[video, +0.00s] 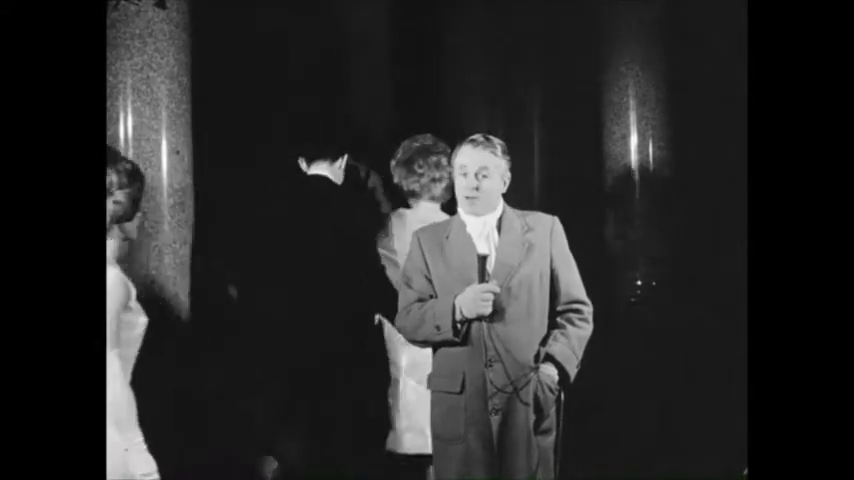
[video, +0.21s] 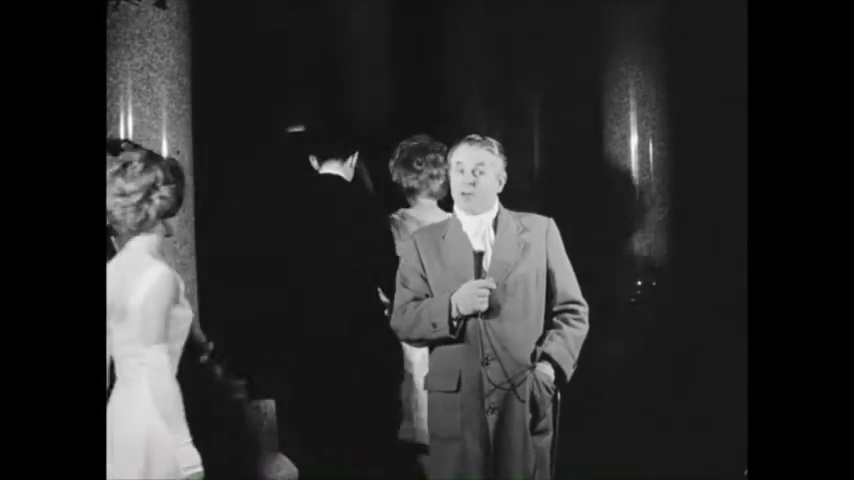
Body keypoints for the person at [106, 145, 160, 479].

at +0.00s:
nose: (140, 221)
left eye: (135, 209)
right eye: (138, 210)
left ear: (120, 219)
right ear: (125, 220)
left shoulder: (118, 282)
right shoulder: (114, 283)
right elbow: (114, 382)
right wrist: (139, 464)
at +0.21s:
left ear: (128, 205)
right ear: (159, 204)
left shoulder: (114, 270)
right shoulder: (159, 276)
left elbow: (117, 361)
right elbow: (158, 371)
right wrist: (186, 454)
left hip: (120, 406)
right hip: (153, 409)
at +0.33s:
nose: (203, 213)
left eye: (201, 203)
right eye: (200, 204)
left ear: (150, 209)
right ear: (192, 212)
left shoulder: (129, 270)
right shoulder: (184, 275)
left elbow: (118, 353)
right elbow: (183, 364)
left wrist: (127, 412)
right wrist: (212, 443)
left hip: (141, 402)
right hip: (179, 403)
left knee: (144, 473)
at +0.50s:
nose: (233, 210)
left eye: (230, 200)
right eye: (229, 202)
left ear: (178, 208)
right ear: (219, 209)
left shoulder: (157, 267)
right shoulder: (211, 273)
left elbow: (148, 348)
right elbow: (211, 363)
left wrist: (159, 405)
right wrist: (241, 443)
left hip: (168, 394)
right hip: (205, 394)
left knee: (177, 472)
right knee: (208, 472)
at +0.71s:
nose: (267, 212)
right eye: (266, 204)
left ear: (213, 207)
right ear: (260, 210)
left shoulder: (196, 265)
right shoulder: (249, 273)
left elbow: (183, 346)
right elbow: (250, 366)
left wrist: (187, 405)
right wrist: (279, 448)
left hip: (205, 397)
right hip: (245, 398)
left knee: (208, 472)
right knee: (245, 473)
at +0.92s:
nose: (307, 209)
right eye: (306, 202)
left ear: (254, 204)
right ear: (300, 209)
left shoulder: (234, 260)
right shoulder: (295, 271)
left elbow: (218, 336)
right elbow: (292, 356)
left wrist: (215, 394)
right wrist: (316, 433)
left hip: (244, 388)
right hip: (285, 391)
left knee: (248, 472)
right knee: (291, 472)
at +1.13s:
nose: (339, 206)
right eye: (337, 198)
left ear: (286, 200)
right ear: (332, 205)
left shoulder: (263, 255)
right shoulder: (330, 266)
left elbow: (246, 327)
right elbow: (328, 344)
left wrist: (243, 383)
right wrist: (353, 417)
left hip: (274, 381)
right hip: (316, 382)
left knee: (282, 470)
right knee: (320, 470)